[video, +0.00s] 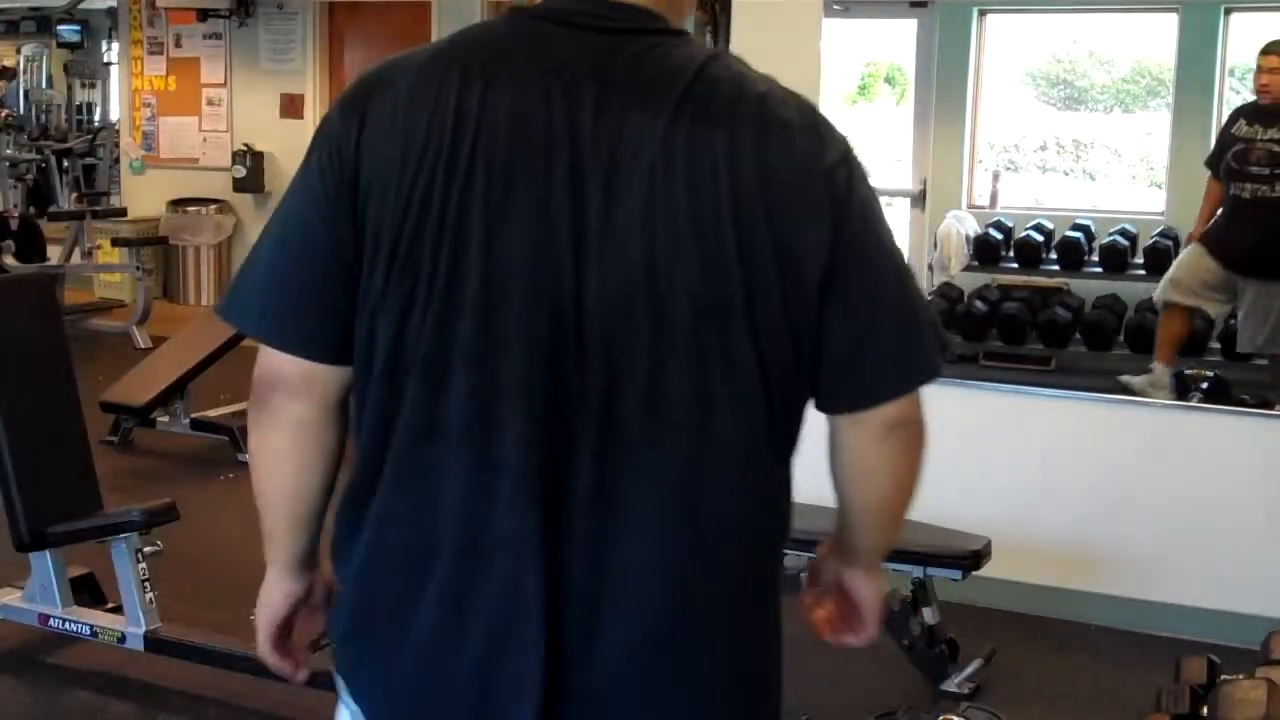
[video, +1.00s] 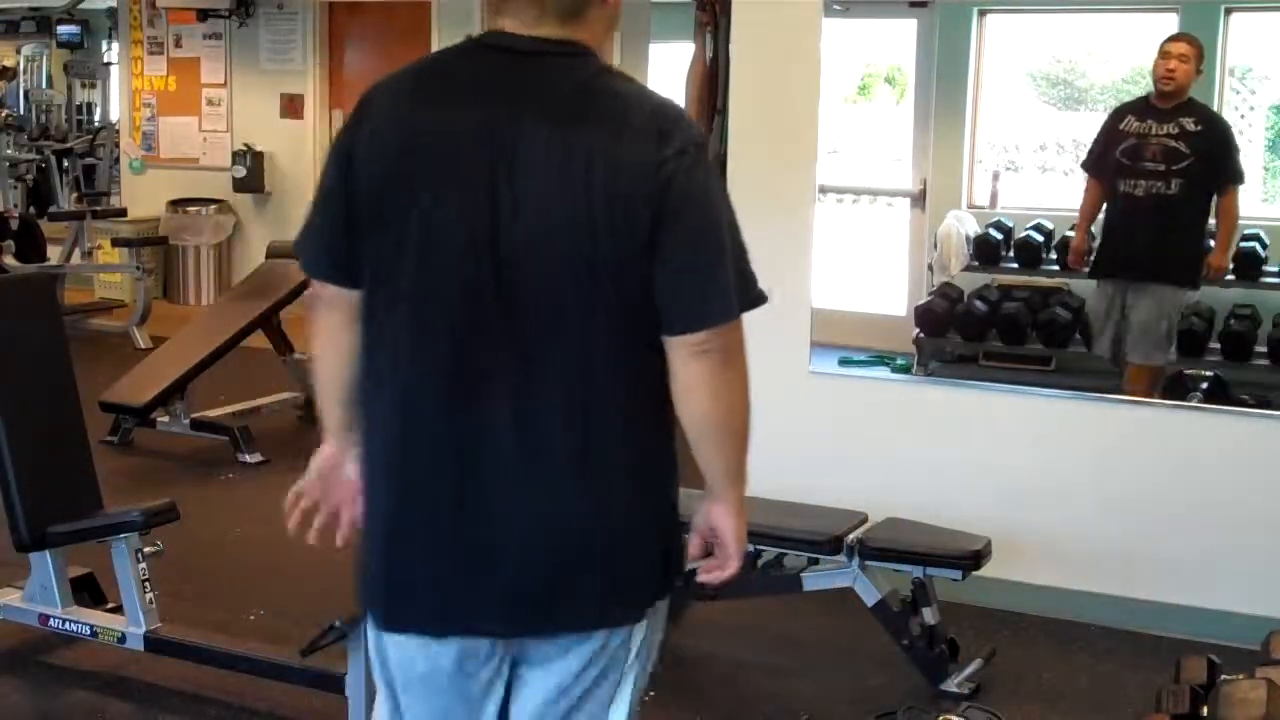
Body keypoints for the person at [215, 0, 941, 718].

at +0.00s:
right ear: (670, 4)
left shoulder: (387, 112)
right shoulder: (787, 140)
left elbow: (292, 377)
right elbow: (883, 408)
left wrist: (288, 566)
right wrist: (857, 557)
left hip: (424, 665)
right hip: (687, 674)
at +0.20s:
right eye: (643, 12)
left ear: (494, 0)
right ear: (633, 5)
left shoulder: (358, 135)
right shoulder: (718, 155)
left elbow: (279, 378)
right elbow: (803, 402)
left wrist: (258, 581)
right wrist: (798, 551)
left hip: (420, 656)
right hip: (642, 661)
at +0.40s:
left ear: (443, 0)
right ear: (562, 1)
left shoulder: (312, 120)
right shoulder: (644, 134)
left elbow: (243, 336)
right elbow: (713, 363)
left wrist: (235, 508)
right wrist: (750, 546)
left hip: (377, 621)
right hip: (594, 624)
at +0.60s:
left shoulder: (313, 102)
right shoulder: (617, 124)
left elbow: (239, 296)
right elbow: (685, 339)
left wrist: (257, 427)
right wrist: (724, 512)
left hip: (376, 582)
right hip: (587, 574)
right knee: (663, 691)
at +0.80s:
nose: (598, 8)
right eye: (590, 6)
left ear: (455, 2)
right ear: (560, 6)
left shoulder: (342, 107)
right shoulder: (623, 130)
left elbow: (277, 298)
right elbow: (681, 342)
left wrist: (295, 438)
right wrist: (710, 497)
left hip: (392, 560)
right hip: (584, 562)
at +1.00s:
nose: (617, 20)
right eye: (618, 16)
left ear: (492, 5)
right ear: (610, 9)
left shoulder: (388, 111)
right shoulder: (658, 140)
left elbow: (333, 295)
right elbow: (703, 342)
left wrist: (339, 439)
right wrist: (724, 494)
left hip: (425, 545)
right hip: (598, 553)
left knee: (420, 709)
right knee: (574, 709)